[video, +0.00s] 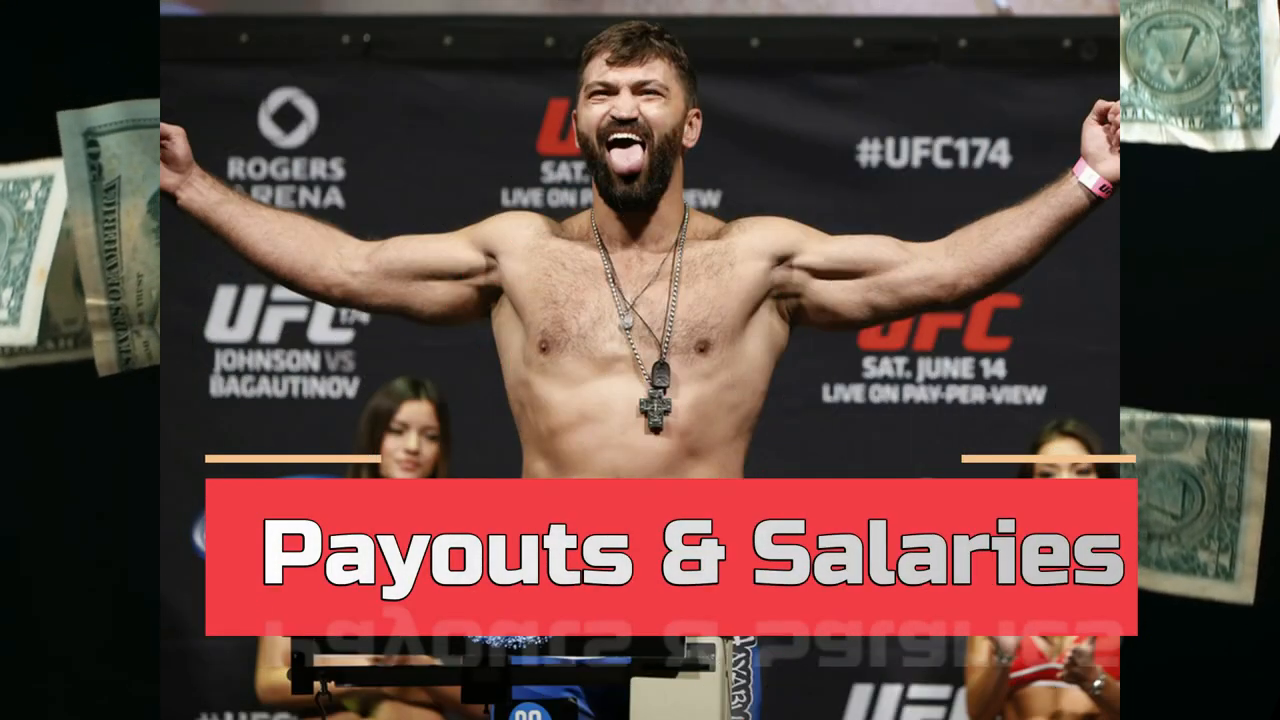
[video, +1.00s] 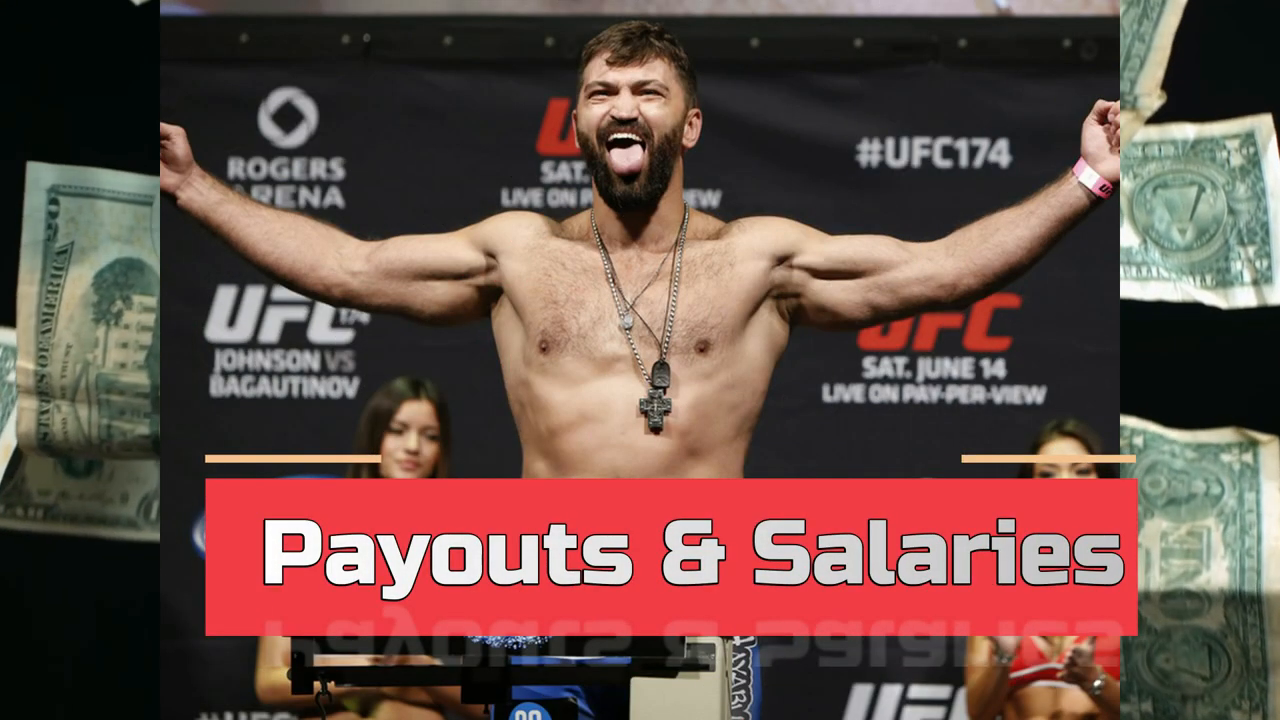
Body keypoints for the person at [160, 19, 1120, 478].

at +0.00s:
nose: (623, 107)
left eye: (647, 93)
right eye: (604, 92)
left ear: (690, 125)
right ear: (574, 124)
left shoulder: (764, 254)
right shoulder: (512, 246)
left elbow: (939, 269)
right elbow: (348, 267)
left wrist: (1082, 185)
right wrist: (196, 190)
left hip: (702, 595)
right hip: (542, 590)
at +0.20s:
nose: (624, 108)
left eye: (648, 93)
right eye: (604, 92)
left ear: (691, 126)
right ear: (574, 124)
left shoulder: (764, 254)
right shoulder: (512, 247)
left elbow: (941, 269)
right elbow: (348, 267)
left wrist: (1084, 182)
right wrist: (197, 191)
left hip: (701, 596)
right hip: (542, 592)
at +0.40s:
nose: (624, 108)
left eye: (648, 93)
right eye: (605, 92)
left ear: (691, 126)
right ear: (574, 124)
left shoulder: (764, 254)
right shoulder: (512, 247)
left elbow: (940, 269)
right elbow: (347, 267)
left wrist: (1083, 184)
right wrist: (196, 190)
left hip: (702, 596)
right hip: (542, 591)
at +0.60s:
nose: (623, 107)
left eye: (647, 93)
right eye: (604, 92)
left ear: (690, 125)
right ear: (574, 124)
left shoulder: (764, 254)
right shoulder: (512, 247)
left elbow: (941, 269)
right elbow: (348, 267)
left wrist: (1083, 183)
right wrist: (197, 192)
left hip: (702, 596)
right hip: (542, 590)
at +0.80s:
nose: (623, 107)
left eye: (648, 92)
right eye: (604, 91)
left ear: (690, 125)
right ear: (573, 122)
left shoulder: (764, 254)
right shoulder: (511, 248)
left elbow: (942, 269)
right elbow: (347, 267)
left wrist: (1083, 183)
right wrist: (197, 192)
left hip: (701, 597)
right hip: (541, 592)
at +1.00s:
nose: (623, 107)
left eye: (647, 92)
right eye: (604, 92)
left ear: (690, 126)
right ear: (573, 124)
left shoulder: (764, 254)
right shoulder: (512, 247)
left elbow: (940, 269)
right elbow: (347, 267)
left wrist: (1082, 185)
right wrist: (196, 190)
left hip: (701, 595)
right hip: (541, 590)